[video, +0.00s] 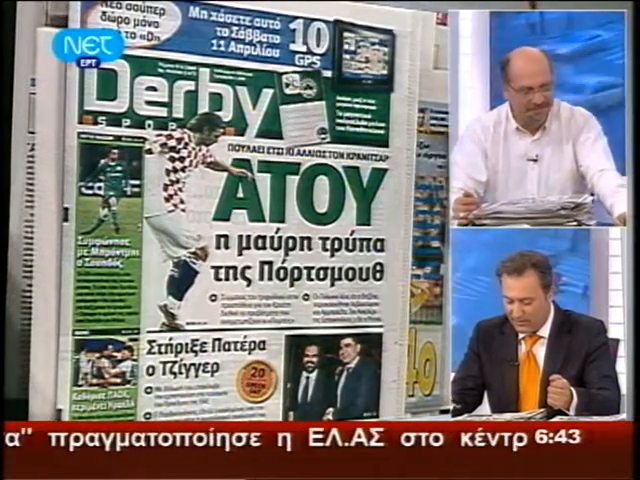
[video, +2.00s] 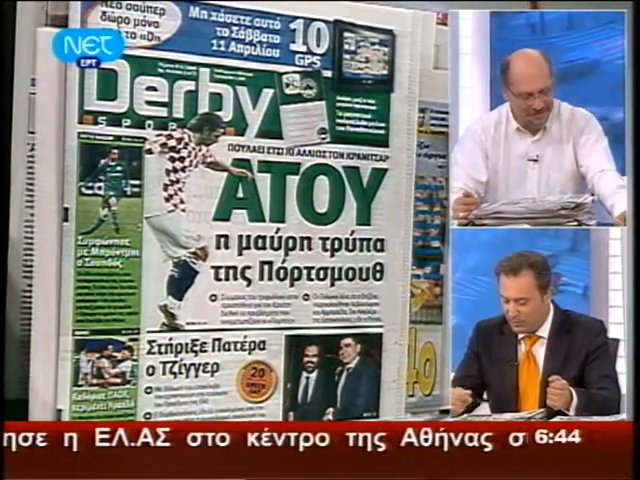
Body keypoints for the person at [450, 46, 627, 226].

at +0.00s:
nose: (538, 99)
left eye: (545, 88)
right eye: (527, 91)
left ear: (553, 83)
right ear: (506, 90)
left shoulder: (579, 123)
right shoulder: (482, 131)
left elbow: (603, 173)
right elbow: (462, 189)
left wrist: (624, 210)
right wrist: (463, 208)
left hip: (567, 245)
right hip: (499, 245)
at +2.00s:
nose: (538, 105)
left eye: (545, 93)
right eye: (526, 96)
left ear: (553, 84)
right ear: (506, 92)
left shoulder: (580, 123)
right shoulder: (483, 131)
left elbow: (603, 174)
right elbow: (462, 189)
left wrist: (624, 210)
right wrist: (463, 208)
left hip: (566, 245)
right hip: (500, 244)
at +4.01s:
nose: (528, 105)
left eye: (537, 94)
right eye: (518, 95)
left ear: (551, 86)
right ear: (504, 90)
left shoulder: (580, 124)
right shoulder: (482, 131)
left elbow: (604, 174)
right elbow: (462, 187)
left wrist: (624, 211)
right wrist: (462, 208)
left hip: (567, 245)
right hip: (499, 245)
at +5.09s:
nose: (527, 102)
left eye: (536, 90)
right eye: (517, 92)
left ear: (550, 84)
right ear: (504, 87)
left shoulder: (579, 123)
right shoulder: (482, 130)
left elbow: (603, 173)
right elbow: (462, 188)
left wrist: (624, 211)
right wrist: (462, 208)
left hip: (568, 244)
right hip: (500, 244)